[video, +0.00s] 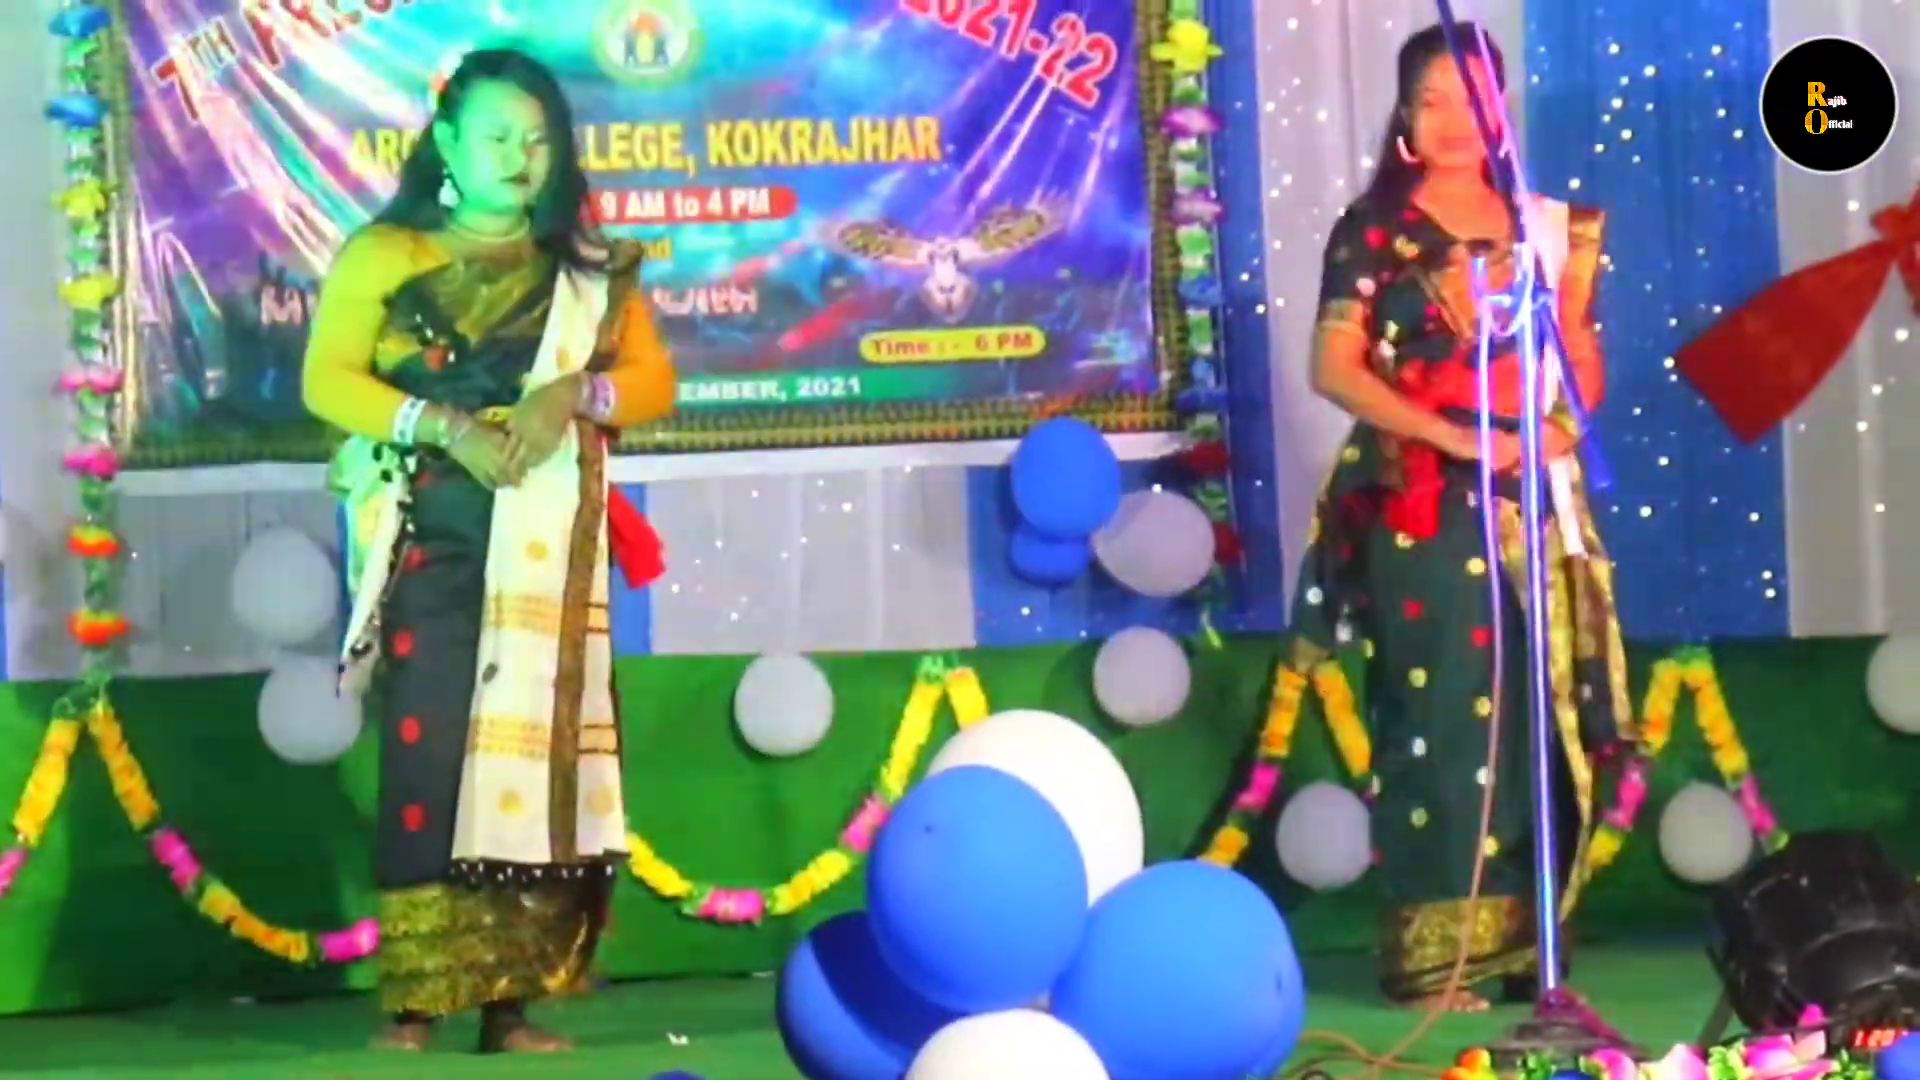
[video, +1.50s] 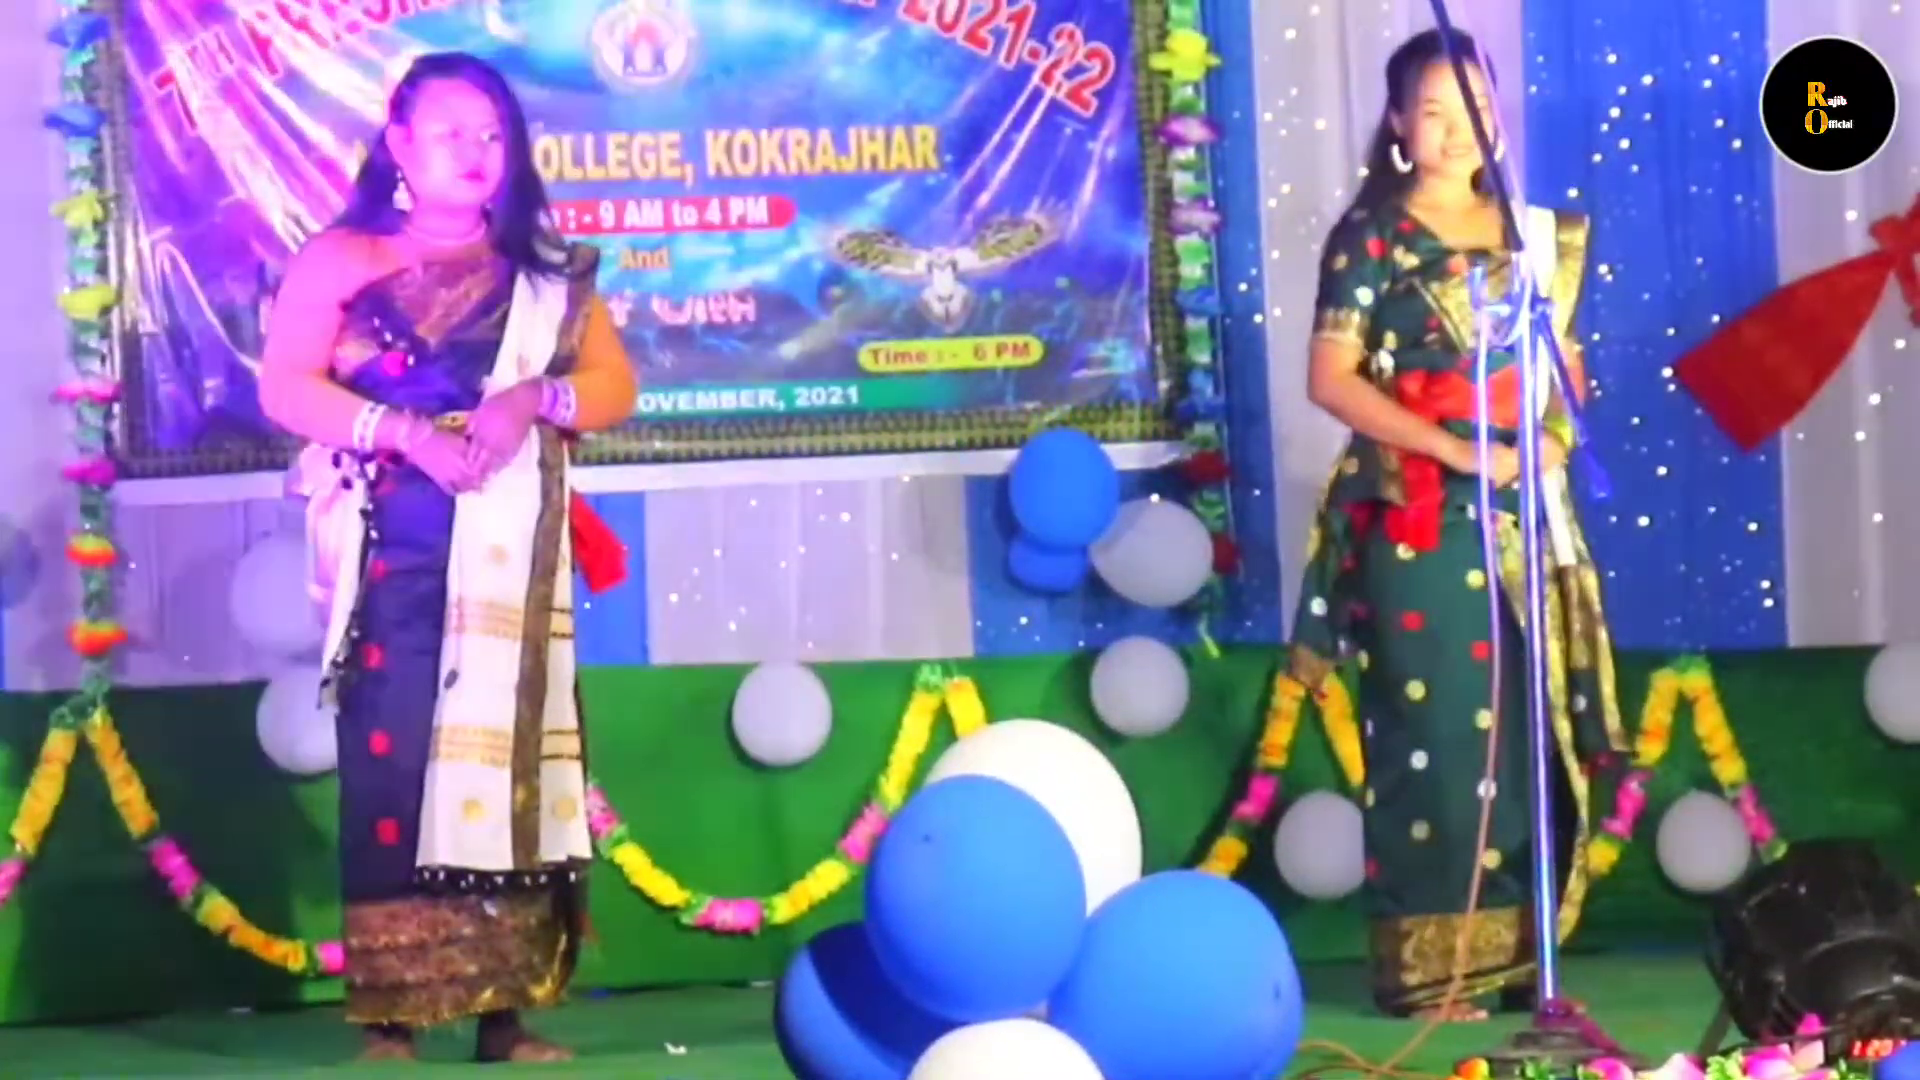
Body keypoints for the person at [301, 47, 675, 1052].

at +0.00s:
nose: (518, 156)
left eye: (536, 137)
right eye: (495, 136)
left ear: (559, 149)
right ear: (448, 143)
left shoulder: (594, 268)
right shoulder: (382, 257)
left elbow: (655, 387)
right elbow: (326, 380)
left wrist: (576, 394)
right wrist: (444, 424)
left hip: (549, 556)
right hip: (433, 550)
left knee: (538, 752)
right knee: (428, 756)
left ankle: (507, 1004)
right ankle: (415, 999)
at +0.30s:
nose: (510, 156)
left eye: (527, 138)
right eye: (488, 137)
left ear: (548, 152)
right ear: (439, 147)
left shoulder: (580, 269)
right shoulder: (376, 256)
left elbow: (648, 385)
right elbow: (317, 378)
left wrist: (566, 394)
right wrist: (435, 423)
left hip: (536, 558)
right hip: (418, 554)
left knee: (530, 762)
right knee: (410, 764)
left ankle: (508, 1011)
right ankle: (390, 1009)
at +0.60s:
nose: (495, 151)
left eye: (514, 136)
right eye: (474, 130)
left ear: (535, 154)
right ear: (425, 140)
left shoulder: (562, 274)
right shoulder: (361, 259)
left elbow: (629, 395)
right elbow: (300, 383)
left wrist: (549, 396)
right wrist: (418, 428)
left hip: (524, 565)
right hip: (406, 559)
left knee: (521, 767)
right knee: (399, 770)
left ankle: (508, 1013)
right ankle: (389, 1014)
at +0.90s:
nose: (481, 154)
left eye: (497, 138)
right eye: (458, 135)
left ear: (515, 153)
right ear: (406, 145)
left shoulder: (546, 272)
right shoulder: (343, 263)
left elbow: (618, 395)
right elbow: (287, 388)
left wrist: (533, 398)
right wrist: (404, 427)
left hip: (516, 557)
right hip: (398, 555)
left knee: (515, 760)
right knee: (394, 764)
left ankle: (507, 1015)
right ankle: (389, 1012)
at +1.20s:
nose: (476, 150)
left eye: (493, 134)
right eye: (452, 131)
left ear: (512, 151)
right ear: (401, 146)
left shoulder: (543, 271)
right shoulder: (339, 262)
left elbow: (615, 389)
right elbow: (284, 388)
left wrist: (529, 399)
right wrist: (401, 427)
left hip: (512, 560)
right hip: (393, 557)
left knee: (513, 760)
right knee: (391, 766)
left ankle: (507, 1012)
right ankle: (386, 1011)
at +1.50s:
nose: (471, 152)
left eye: (488, 135)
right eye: (447, 132)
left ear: (512, 152)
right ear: (398, 147)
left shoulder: (547, 271)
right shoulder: (341, 260)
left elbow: (616, 387)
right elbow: (283, 387)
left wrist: (534, 398)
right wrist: (403, 430)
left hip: (514, 562)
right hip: (396, 559)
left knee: (514, 765)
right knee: (393, 771)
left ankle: (506, 1013)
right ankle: (386, 1012)